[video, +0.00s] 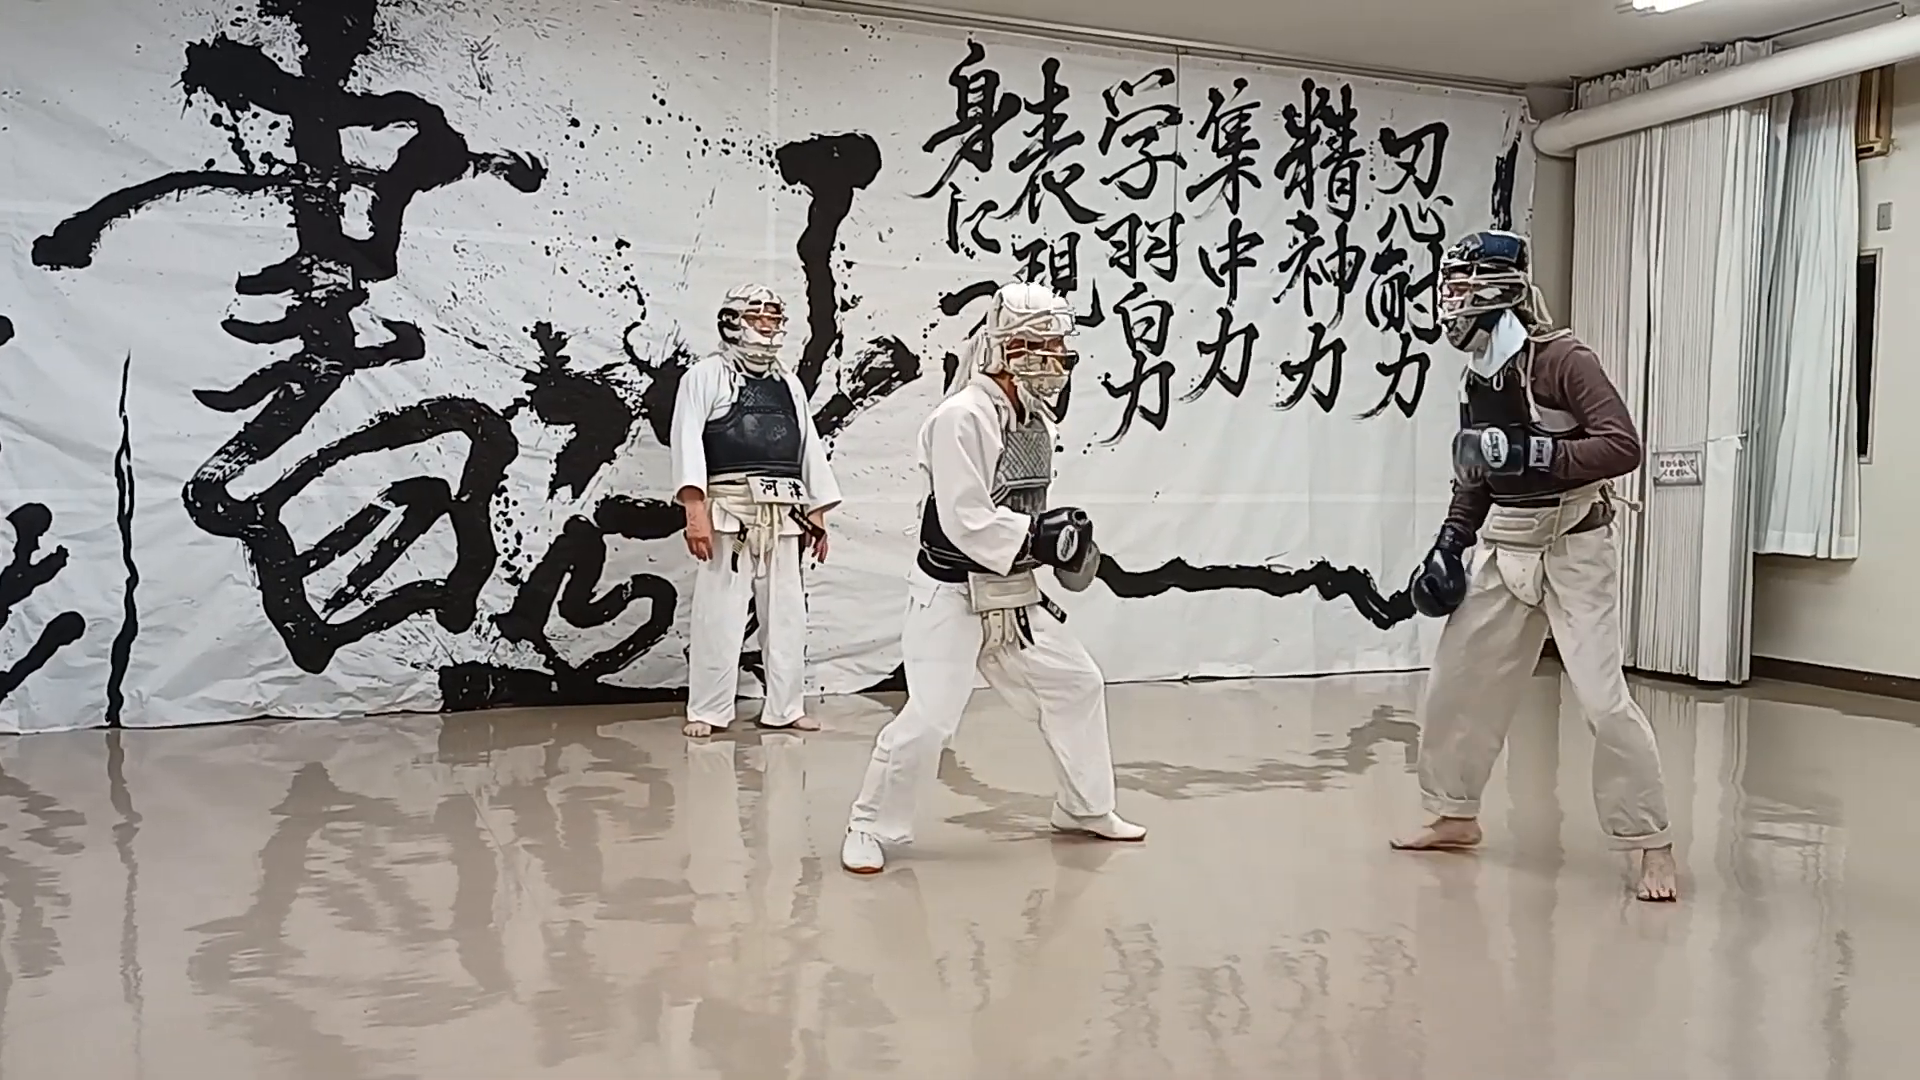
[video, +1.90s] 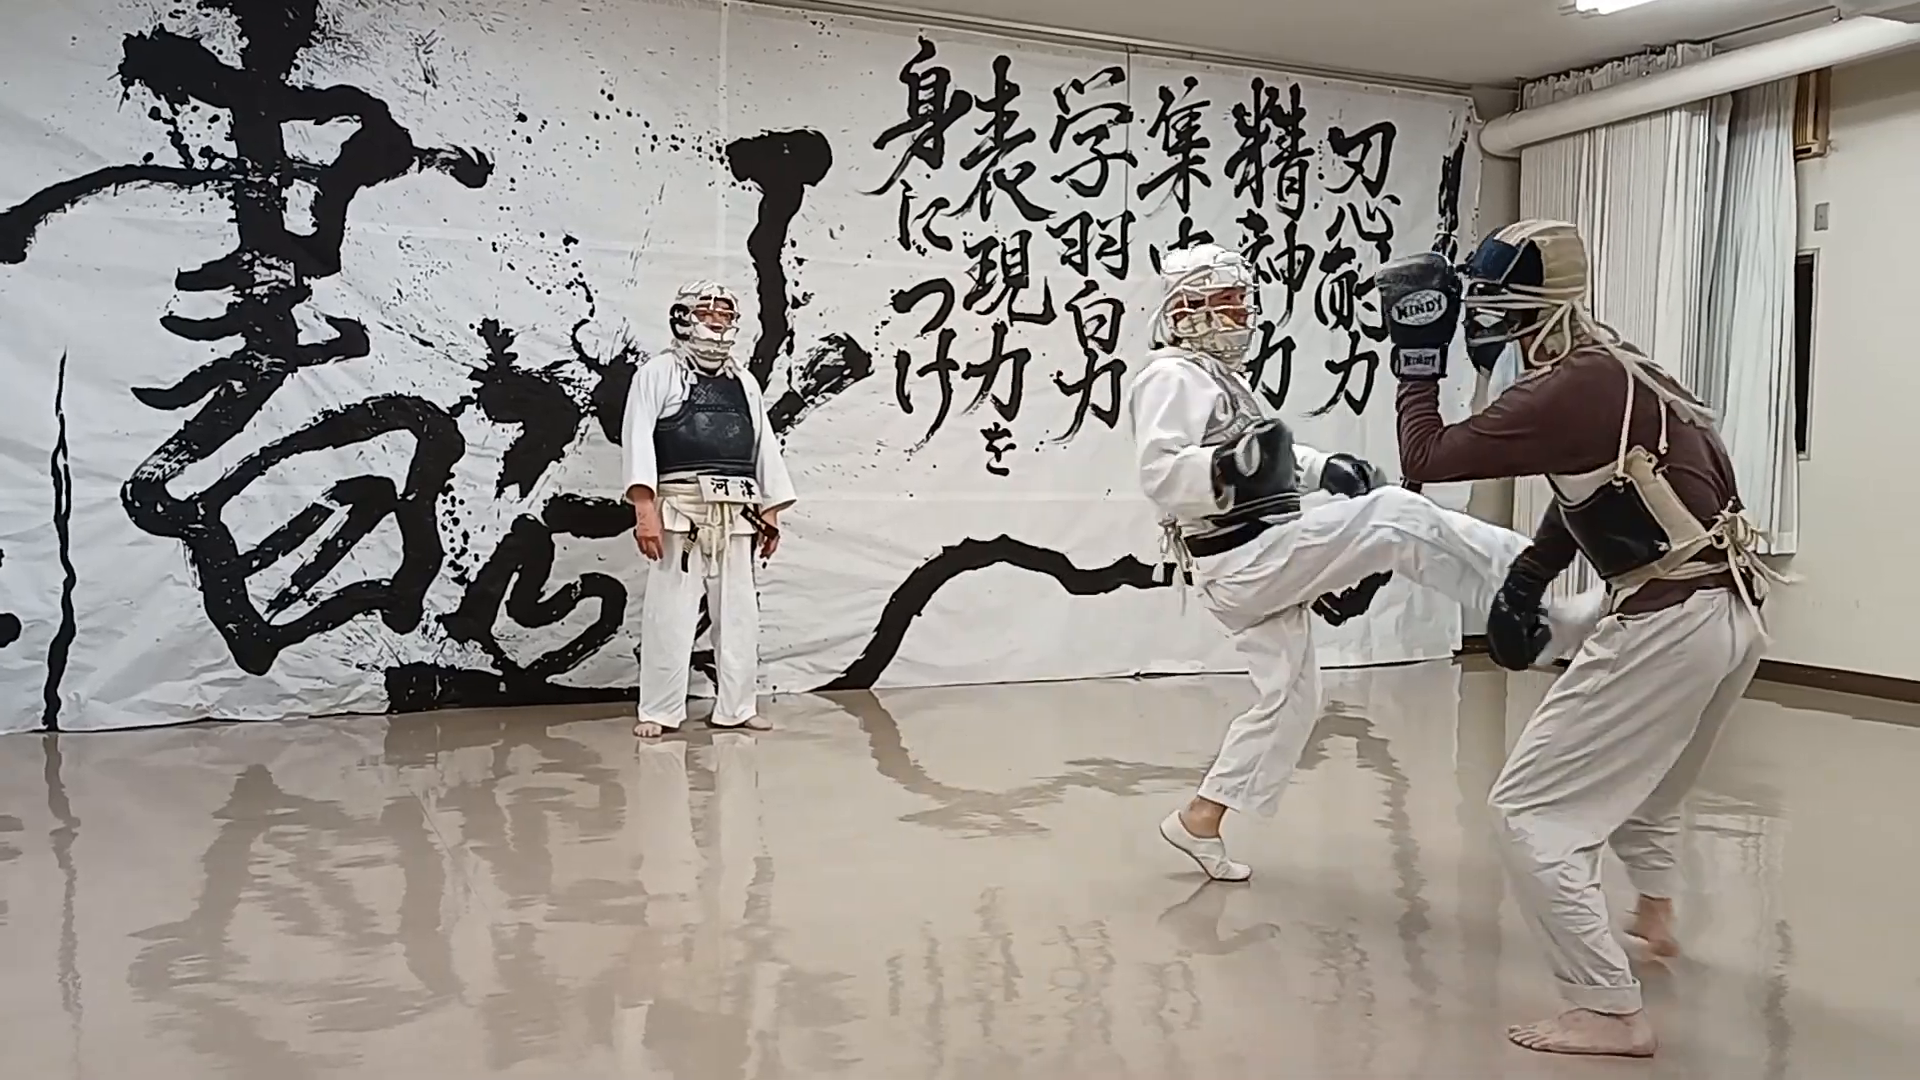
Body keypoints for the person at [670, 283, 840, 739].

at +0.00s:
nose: (768, 325)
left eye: (774, 319)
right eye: (757, 317)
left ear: (781, 326)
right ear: (733, 321)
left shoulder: (789, 382)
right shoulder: (705, 375)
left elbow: (809, 449)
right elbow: (687, 444)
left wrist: (817, 514)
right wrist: (695, 510)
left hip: (784, 512)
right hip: (724, 510)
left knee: (787, 615)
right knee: (718, 615)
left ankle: (784, 709)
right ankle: (707, 713)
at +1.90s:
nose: (717, 321)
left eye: (725, 314)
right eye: (707, 312)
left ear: (733, 322)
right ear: (685, 317)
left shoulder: (744, 379)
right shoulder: (658, 371)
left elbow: (763, 447)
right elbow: (638, 441)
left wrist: (769, 511)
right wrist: (645, 509)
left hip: (737, 509)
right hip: (676, 508)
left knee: (739, 614)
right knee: (669, 615)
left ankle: (736, 709)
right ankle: (659, 714)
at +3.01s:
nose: (641, 317)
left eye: (649, 311)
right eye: (631, 309)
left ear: (658, 320)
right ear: (610, 315)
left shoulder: (673, 377)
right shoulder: (583, 370)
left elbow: (693, 447)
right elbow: (562, 440)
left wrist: (698, 513)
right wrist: (568, 508)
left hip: (663, 511)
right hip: (599, 509)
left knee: (664, 617)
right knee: (592, 618)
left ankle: (660, 711)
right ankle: (582, 716)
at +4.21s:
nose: (624, 311)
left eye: (631, 305)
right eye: (613, 304)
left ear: (639, 316)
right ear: (590, 314)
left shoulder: (645, 368)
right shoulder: (566, 369)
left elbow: (667, 440)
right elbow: (542, 440)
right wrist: (549, 508)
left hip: (639, 512)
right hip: (580, 511)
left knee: (636, 631)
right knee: (574, 632)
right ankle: (563, 738)